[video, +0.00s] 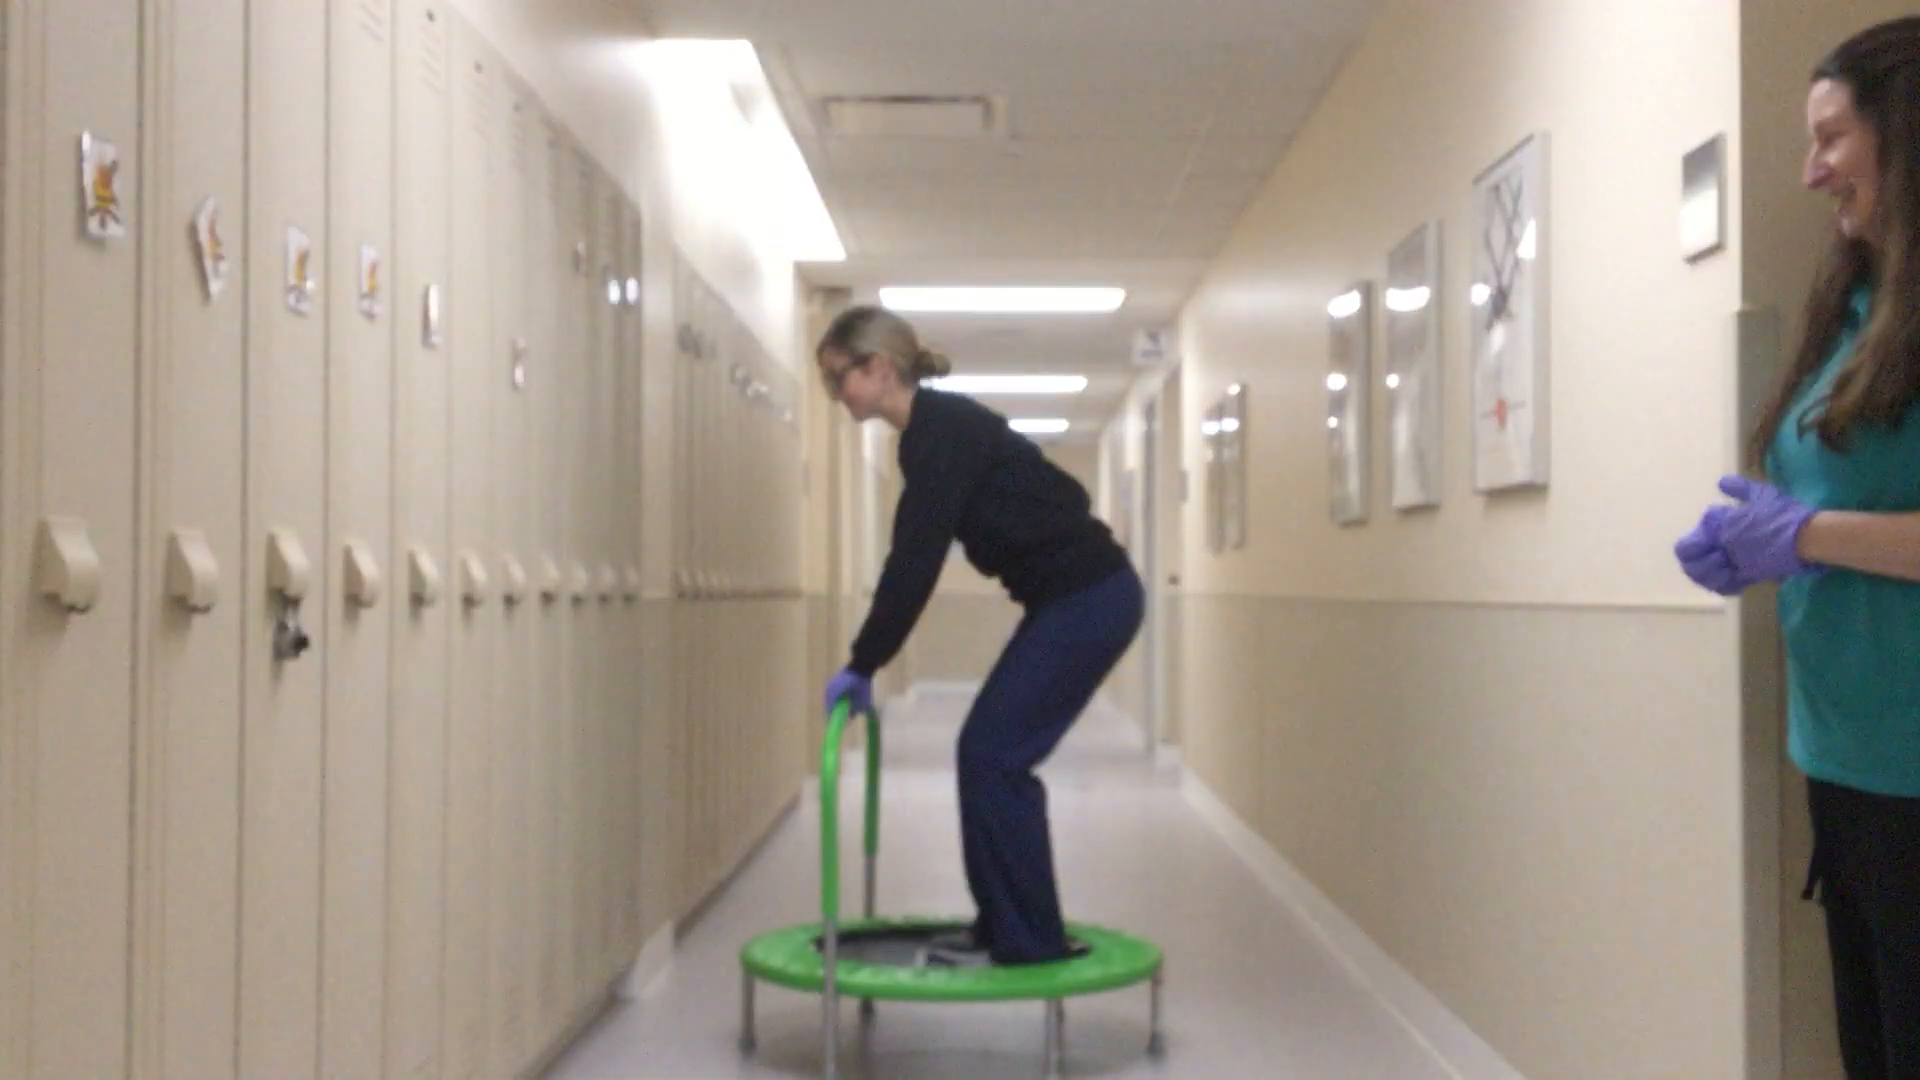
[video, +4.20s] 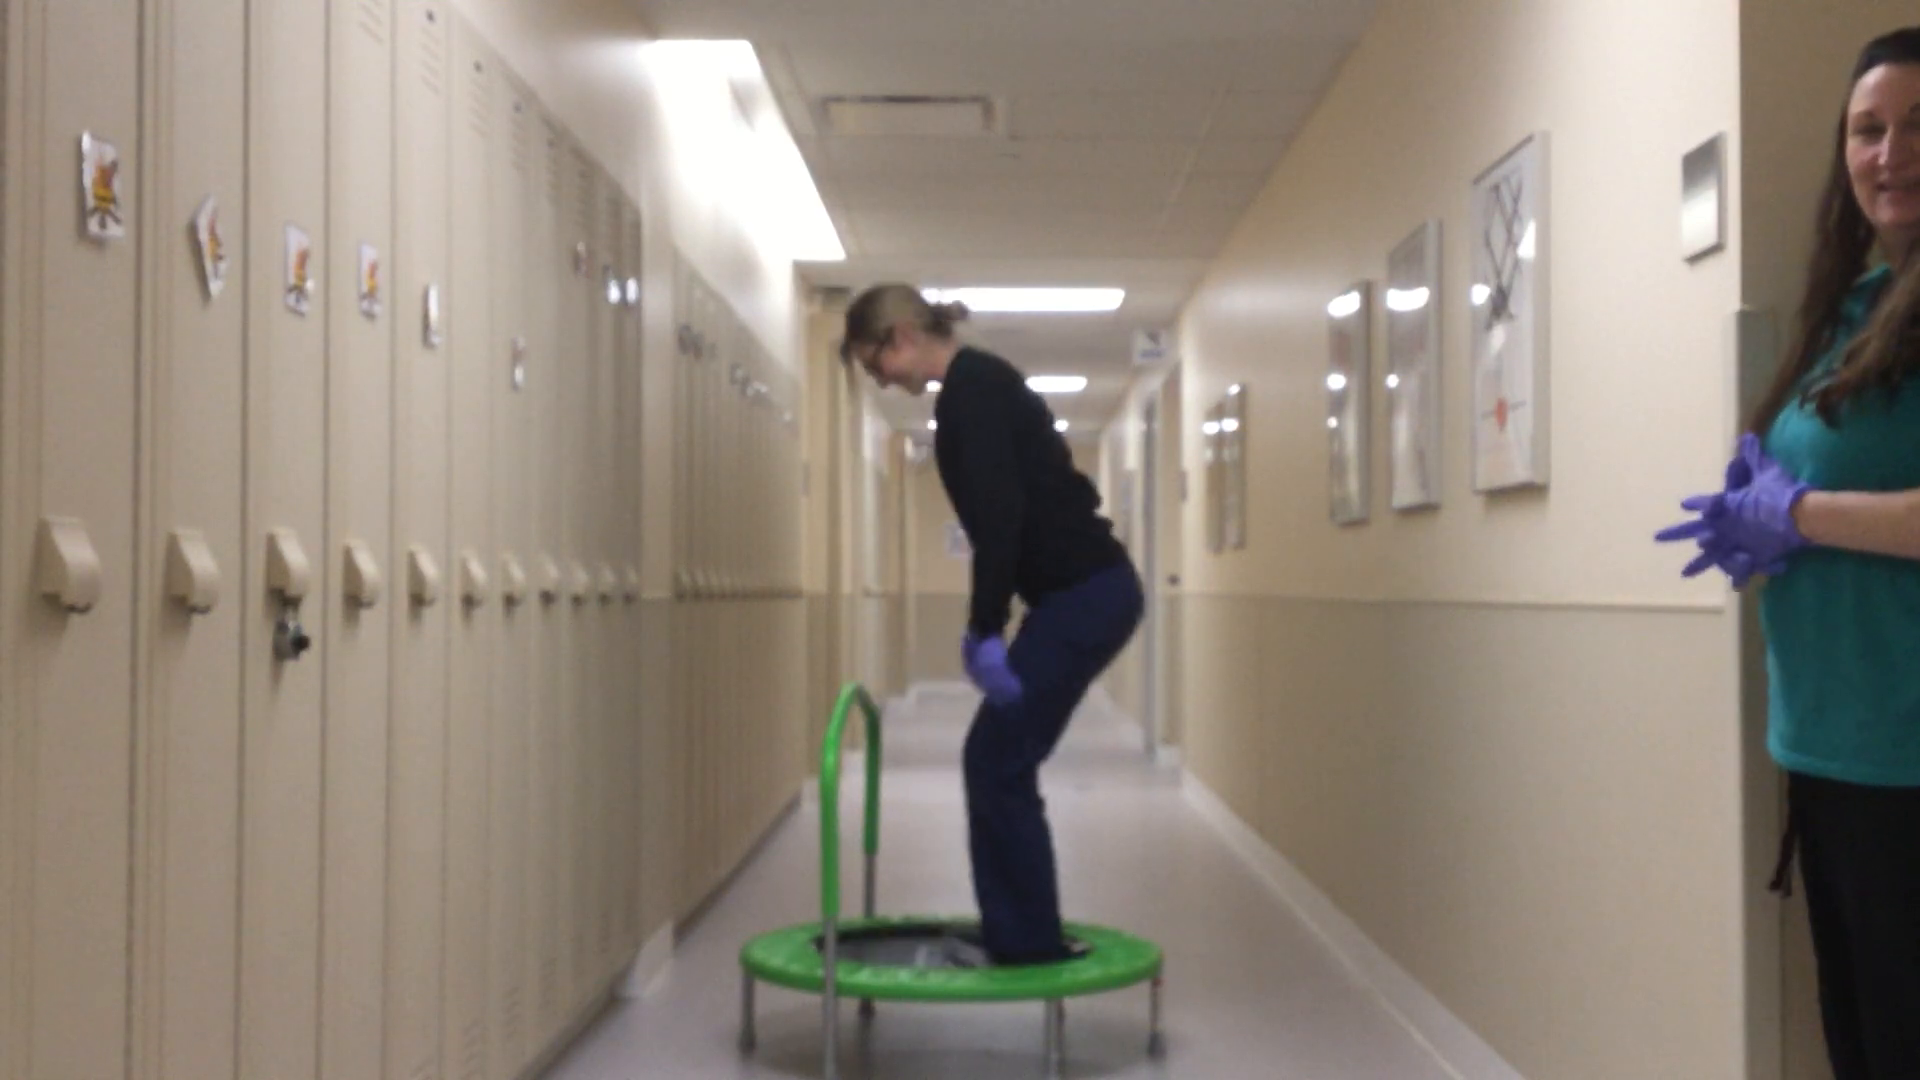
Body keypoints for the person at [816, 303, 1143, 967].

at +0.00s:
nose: (837, 394)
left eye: (841, 376)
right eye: (833, 380)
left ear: (882, 367)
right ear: (884, 371)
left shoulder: (942, 429)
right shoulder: (931, 431)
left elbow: (916, 560)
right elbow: (912, 559)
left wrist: (864, 665)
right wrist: (864, 662)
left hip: (1090, 598)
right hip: (1071, 598)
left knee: (994, 752)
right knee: (986, 749)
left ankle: (1030, 938)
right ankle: (1008, 925)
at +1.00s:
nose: (796, 458)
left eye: (802, 443)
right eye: (796, 444)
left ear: (836, 446)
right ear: (841, 446)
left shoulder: (892, 500)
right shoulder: (895, 496)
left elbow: (932, 616)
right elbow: (934, 614)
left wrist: (864, 686)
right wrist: (865, 682)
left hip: (1073, 640)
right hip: (1076, 636)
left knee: (955, 776)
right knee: (966, 776)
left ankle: (1012, 942)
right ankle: (1016, 937)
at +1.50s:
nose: (750, 417)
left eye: (753, 400)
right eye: (747, 403)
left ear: (788, 394)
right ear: (798, 393)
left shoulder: (851, 443)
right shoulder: (862, 438)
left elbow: (873, 569)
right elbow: (894, 573)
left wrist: (854, 682)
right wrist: (861, 679)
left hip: (1061, 539)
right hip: (1060, 537)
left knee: (1014, 723)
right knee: (1012, 721)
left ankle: (1014, 919)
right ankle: (1011, 916)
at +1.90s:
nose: (776, 450)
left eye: (782, 434)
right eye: (774, 436)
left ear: (818, 432)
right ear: (820, 434)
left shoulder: (873, 491)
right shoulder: (870, 489)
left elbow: (911, 608)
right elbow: (908, 607)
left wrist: (857, 687)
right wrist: (858, 682)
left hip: (1061, 622)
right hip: (1056, 620)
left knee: (955, 766)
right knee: (956, 764)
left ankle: (998, 936)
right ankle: (996, 932)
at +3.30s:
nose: (824, 386)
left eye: (819, 368)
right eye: (815, 374)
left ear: (851, 346)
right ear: (856, 346)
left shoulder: (916, 398)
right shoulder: (918, 396)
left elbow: (908, 528)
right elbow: (909, 528)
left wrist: (879, 646)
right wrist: (880, 645)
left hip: (1087, 541)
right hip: (1083, 539)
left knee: (1006, 707)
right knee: (1006, 708)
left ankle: (1014, 909)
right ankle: (1005, 905)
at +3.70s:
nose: (839, 468)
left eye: (835, 452)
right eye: (830, 458)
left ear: (865, 430)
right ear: (868, 431)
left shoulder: (929, 487)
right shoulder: (924, 486)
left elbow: (966, 603)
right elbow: (962, 604)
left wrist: (891, 681)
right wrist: (891, 678)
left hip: (1087, 650)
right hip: (1076, 648)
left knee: (964, 775)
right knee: (961, 773)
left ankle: (1016, 946)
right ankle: (1012, 942)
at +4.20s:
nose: (883, 380)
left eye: (879, 363)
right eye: (874, 370)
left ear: (904, 335)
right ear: (907, 337)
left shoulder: (974, 389)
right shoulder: (968, 390)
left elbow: (999, 517)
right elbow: (997, 520)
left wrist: (984, 630)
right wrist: (984, 628)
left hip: (1087, 596)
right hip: (1080, 595)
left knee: (997, 754)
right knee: (996, 754)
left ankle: (1023, 942)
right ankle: (1023, 938)